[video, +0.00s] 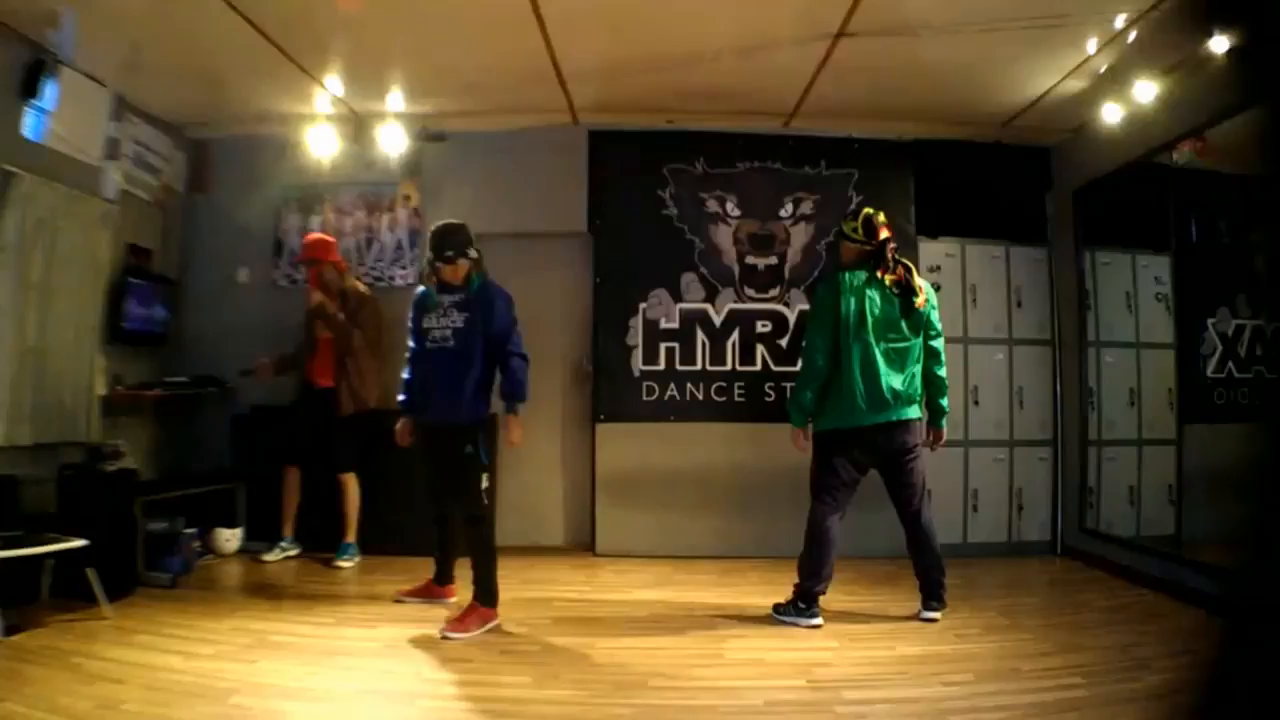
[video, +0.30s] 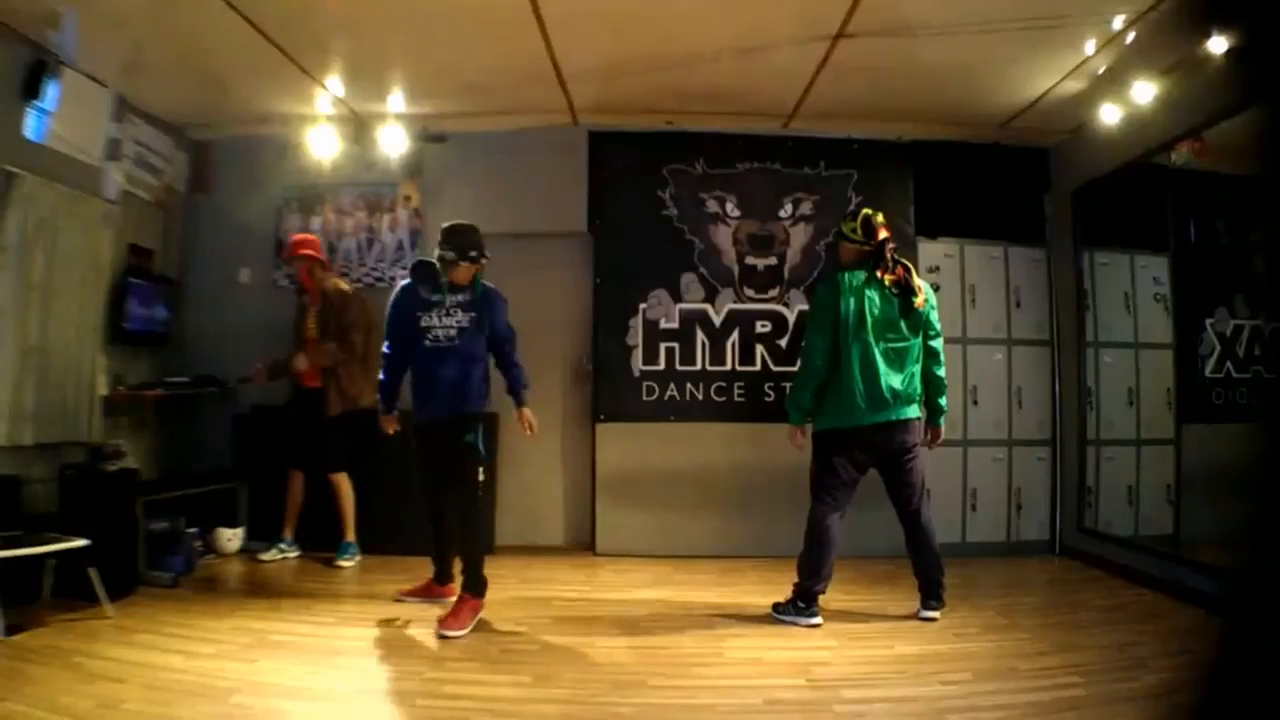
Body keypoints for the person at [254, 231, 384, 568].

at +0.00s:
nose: (311, 275)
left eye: (315, 267)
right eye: (308, 267)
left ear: (334, 264)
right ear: (308, 269)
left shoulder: (362, 299)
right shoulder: (317, 301)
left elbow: (360, 344)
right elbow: (309, 352)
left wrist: (327, 310)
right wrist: (277, 365)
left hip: (345, 394)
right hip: (312, 391)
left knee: (346, 468)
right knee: (293, 462)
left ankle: (350, 542)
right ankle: (288, 538)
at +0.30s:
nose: (298, 272)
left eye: (302, 264)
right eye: (295, 265)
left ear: (317, 263)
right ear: (296, 267)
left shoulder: (343, 295)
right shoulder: (305, 301)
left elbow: (352, 348)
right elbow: (303, 353)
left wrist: (314, 358)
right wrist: (273, 370)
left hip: (336, 394)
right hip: (305, 393)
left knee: (336, 467)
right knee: (297, 465)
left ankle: (349, 542)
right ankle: (287, 539)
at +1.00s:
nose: (264, 277)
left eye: (267, 270)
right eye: (262, 271)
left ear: (283, 267)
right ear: (271, 270)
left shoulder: (311, 294)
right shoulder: (279, 299)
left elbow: (318, 348)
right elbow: (279, 349)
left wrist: (301, 392)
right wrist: (262, 372)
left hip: (310, 395)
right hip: (281, 393)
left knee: (310, 467)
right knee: (283, 468)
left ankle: (342, 538)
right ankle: (287, 540)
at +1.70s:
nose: (255, 277)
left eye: (259, 269)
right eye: (253, 270)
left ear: (275, 267)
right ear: (257, 271)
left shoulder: (308, 292)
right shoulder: (263, 305)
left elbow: (329, 343)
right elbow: (253, 352)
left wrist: (325, 384)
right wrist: (216, 368)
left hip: (308, 392)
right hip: (277, 392)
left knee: (315, 465)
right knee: (284, 467)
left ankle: (338, 540)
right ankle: (286, 541)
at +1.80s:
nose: (263, 270)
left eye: (267, 263)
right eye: (261, 264)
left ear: (280, 263)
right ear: (259, 267)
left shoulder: (311, 291)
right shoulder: (263, 302)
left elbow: (335, 341)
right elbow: (252, 351)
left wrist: (336, 382)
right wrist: (214, 369)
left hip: (313, 391)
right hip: (279, 391)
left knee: (323, 464)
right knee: (285, 467)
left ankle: (342, 539)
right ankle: (286, 541)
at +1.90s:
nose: (281, 268)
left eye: (286, 261)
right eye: (275, 262)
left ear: (297, 262)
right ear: (266, 267)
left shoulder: (320, 295)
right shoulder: (264, 305)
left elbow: (343, 343)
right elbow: (250, 350)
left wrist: (347, 385)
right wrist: (213, 368)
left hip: (319, 393)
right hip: (282, 392)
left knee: (332, 465)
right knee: (286, 467)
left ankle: (350, 540)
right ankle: (286, 540)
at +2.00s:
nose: (301, 267)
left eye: (305, 261)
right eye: (294, 261)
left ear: (312, 263)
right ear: (280, 266)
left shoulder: (329, 297)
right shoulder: (269, 305)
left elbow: (349, 345)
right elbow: (254, 349)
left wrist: (357, 387)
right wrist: (216, 363)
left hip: (326, 395)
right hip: (285, 394)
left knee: (341, 466)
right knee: (288, 469)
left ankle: (358, 539)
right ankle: (286, 540)